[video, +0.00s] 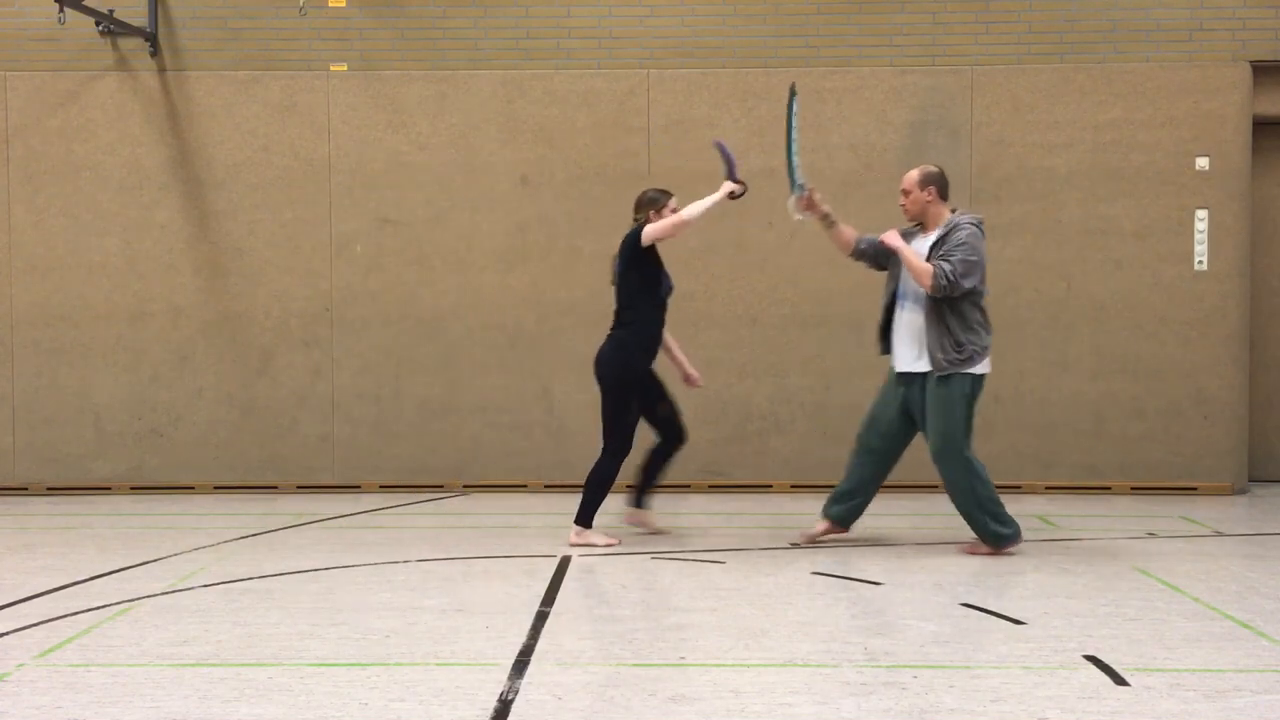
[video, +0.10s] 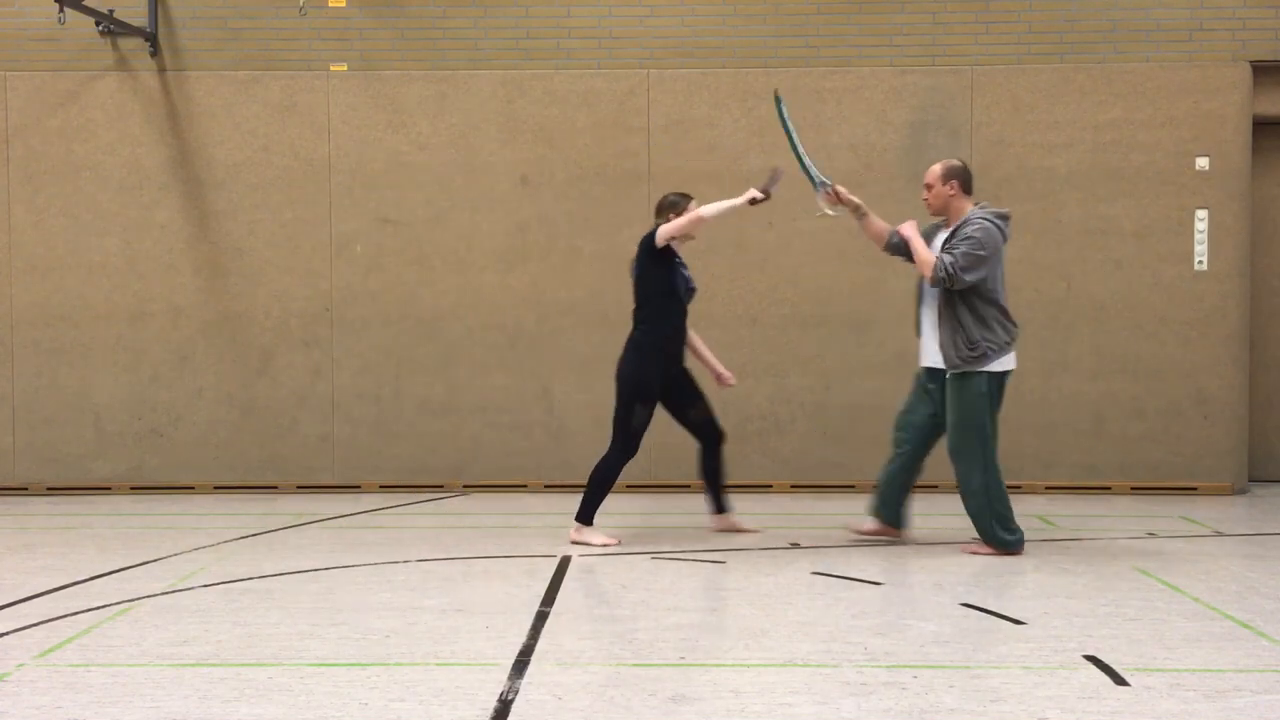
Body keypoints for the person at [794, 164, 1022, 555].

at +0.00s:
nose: (901, 201)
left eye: (906, 194)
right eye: (900, 194)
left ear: (931, 194)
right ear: (921, 196)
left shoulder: (965, 236)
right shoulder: (910, 239)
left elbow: (939, 283)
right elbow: (861, 249)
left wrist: (901, 249)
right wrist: (824, 215)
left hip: (952, 370)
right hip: (909, 370)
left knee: (950, 453)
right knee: (874, 443)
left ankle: (1001, 535)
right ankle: (838, 519)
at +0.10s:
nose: (924, 196)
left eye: (929, 188)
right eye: (924, 189)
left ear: (954, 189)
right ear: (950, 190)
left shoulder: (982, 232)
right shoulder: (939, 235)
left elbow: (940, 274)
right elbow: (893, 244)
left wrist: (914, 239)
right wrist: (855, 206)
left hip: (977, 366)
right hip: (938, 364)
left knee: (972, 453)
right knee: (910, 435)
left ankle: (1004, 539)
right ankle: (888, 520)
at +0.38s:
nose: (977, 194)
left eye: (982, 187)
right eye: (977, 187)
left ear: (1004, 187)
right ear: (1008, 187)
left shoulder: (1020, 232)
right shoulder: (1030, 227)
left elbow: (974, 275)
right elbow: (984, 285)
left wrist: (959, 235)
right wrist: (938, 288)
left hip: (1022, 364)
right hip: (1051, 360)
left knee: (995, 446)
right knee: (1045, 438)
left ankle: (1003, 538)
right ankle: (1119, 509)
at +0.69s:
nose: (1009, 215)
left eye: (1012, 207)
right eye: (1009, 208)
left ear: (1034, 207)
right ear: (1039, 208)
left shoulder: (1051, 245)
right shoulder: (1064, 242)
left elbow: (1007, 287)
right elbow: (1037, 316)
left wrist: (996, 255)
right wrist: (987, 339)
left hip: (1075, 376)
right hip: (1103, 372)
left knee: (1008, 439)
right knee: (1099, 451)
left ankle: (1004, 538)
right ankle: (1175, 521)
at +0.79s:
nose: (1003, 215)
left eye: (1007, 208)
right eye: (1003, 208)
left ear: (1028, 206)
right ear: (1033, 207)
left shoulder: (1045, 243)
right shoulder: (1057, 240)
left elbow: (1000, 284)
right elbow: (1031, 316)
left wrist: (989, 254)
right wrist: (979, 337)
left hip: (1075, 372)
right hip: (1102, 367)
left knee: (1006, 438)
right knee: (1095, 447)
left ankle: (1005, 538)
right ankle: (1176, 520)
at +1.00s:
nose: (975, 207)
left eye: (979, 199)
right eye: (975, 200)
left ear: (1001, 198)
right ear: (1004, 200)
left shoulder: (1023, 236)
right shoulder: (1016, 238)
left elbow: (978, 276)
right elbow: (971, 297)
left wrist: (961, 238)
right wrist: (914, 299)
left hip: (1039, 367)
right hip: (1058, 363)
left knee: (989, 441)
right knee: (1075, 440)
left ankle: (1005, 538)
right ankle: (1151, 507)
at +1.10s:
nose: (958, 201)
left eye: (962, 193)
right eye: (958, 194)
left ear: (984, 191)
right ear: (985, 192)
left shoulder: (1014, 227)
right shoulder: (986, 237)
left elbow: (976, 259)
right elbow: (934, 276)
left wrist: (952, 224)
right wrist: (876, 273)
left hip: (1019, 364)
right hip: (1009, 363)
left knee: (985, 444)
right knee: (1026, 441)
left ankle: (1004, 538)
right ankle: (1097, 493)